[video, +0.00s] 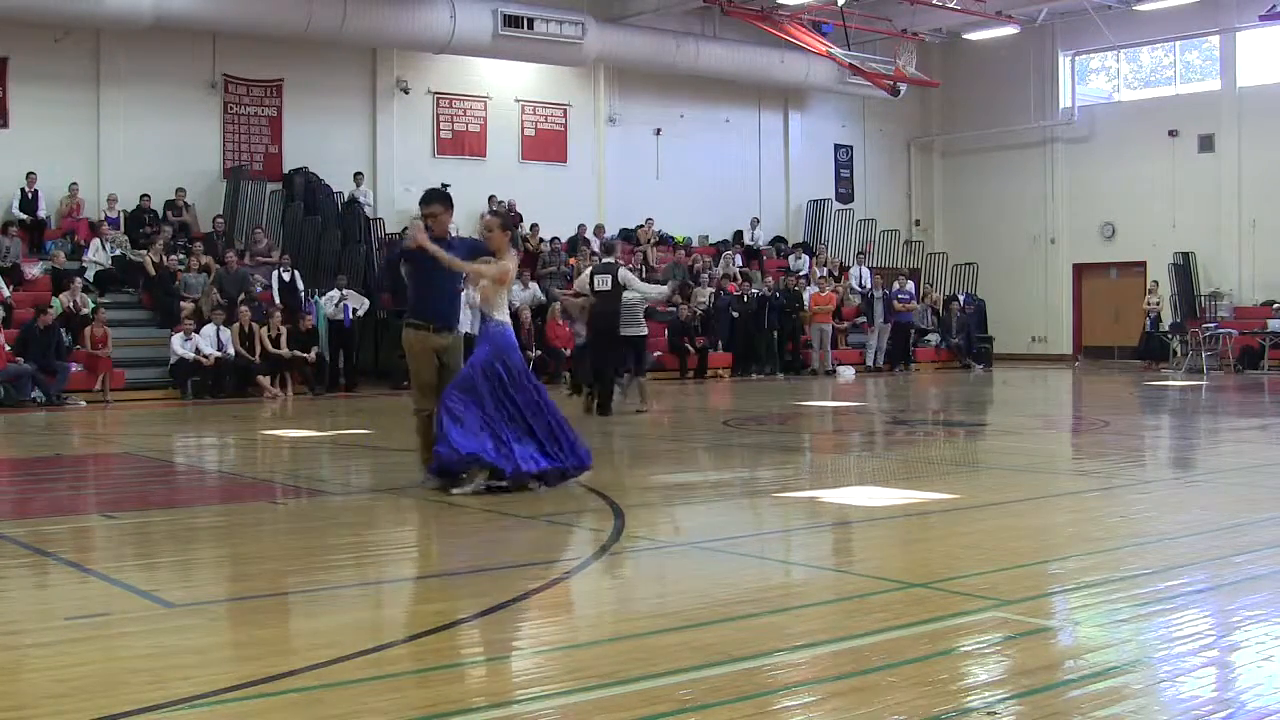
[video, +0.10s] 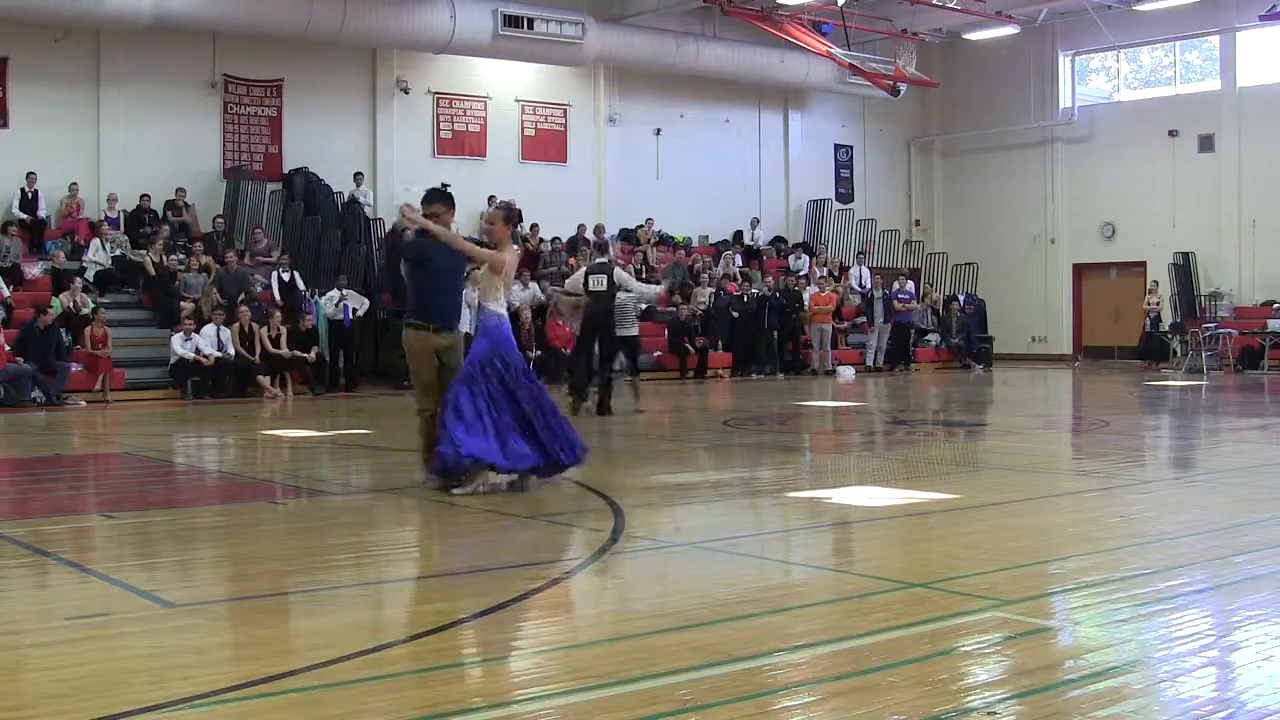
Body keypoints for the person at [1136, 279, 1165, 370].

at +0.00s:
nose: (1152, 288)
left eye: (1154, 286)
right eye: (1151, 286)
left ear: (1157, 287)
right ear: (1149, 287)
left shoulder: (1160, 297)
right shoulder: (1147, 297)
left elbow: (1160, 308)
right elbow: (1144, 306)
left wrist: (1150, 308)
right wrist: (1153, 307)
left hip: (1157, 318)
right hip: (1149, 318)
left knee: (1156, 338)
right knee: (1148, 338)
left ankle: (1156, 361)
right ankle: (1148, 361)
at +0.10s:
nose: (1152, 288)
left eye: (1154, 286)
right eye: (1151, 286)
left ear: (1157, 287)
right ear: (1149, 287)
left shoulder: (1160, 297)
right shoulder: (1147, 297)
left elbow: (1160, 308)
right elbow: (1144, 306)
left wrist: (1150, 308)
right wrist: (1153, 307)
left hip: (1157, 318)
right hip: (1149, 318)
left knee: (1156, 338)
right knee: (1148, 338)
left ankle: (1155, 361)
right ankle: (1148, 361)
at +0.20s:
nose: (1152, 288)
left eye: (1154, 286)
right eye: (1151, 286)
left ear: (1157, 287)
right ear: (1149, 287)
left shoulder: (1160, 297)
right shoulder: (1147, 297)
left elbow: (1160, 308)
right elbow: (1144, 306)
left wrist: (1150, 308)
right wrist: (1153, 307)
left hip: (1157, 318)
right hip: (1149, 318)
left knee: (1156, 338)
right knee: (1148, 338)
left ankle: (1155, 361)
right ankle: (1148, 361)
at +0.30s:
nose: (1152, 288)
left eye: (1154, 286)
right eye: (1151, 286)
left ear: (1157, 287)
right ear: (1149, 287)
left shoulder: (1160, 297)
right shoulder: (1147, 297)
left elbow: (1160, 308)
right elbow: (1144, 306)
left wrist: (1150, 308)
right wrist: (1153, 307)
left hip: (1157, 318)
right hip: (1149, 318)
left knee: (1156, 338)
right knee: (1148, 338)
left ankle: (1155, 361)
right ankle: (1148, 361)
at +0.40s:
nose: (1151, 288)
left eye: (1153, 286)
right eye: (1150, 286)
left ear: (1157, 287)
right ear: (1149, 287)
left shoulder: (1160, 297)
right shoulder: (1147, 297)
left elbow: (1160, 308)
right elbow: (1144, 306)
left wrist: (1149, 308)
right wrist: (1155, 307)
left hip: (1157, 318)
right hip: (1149, 318)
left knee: (1156, 339)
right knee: (1147, 338)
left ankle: (1155, 361)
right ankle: (1148, 361)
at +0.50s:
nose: (1151, 288)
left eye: (1153, 286)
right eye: (1150, 286)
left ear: (1157, 287)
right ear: (1149, 287)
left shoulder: (1160, 296)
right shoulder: (1147, 297)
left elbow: (1160, 308)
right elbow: (1144, 306)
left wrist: (1149, 308)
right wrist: (1154, 307)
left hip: (1156, 318)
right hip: (1149, 317)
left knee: (1156, 338)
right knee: (1148, 337)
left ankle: (1155, 361)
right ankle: (1148, 360)